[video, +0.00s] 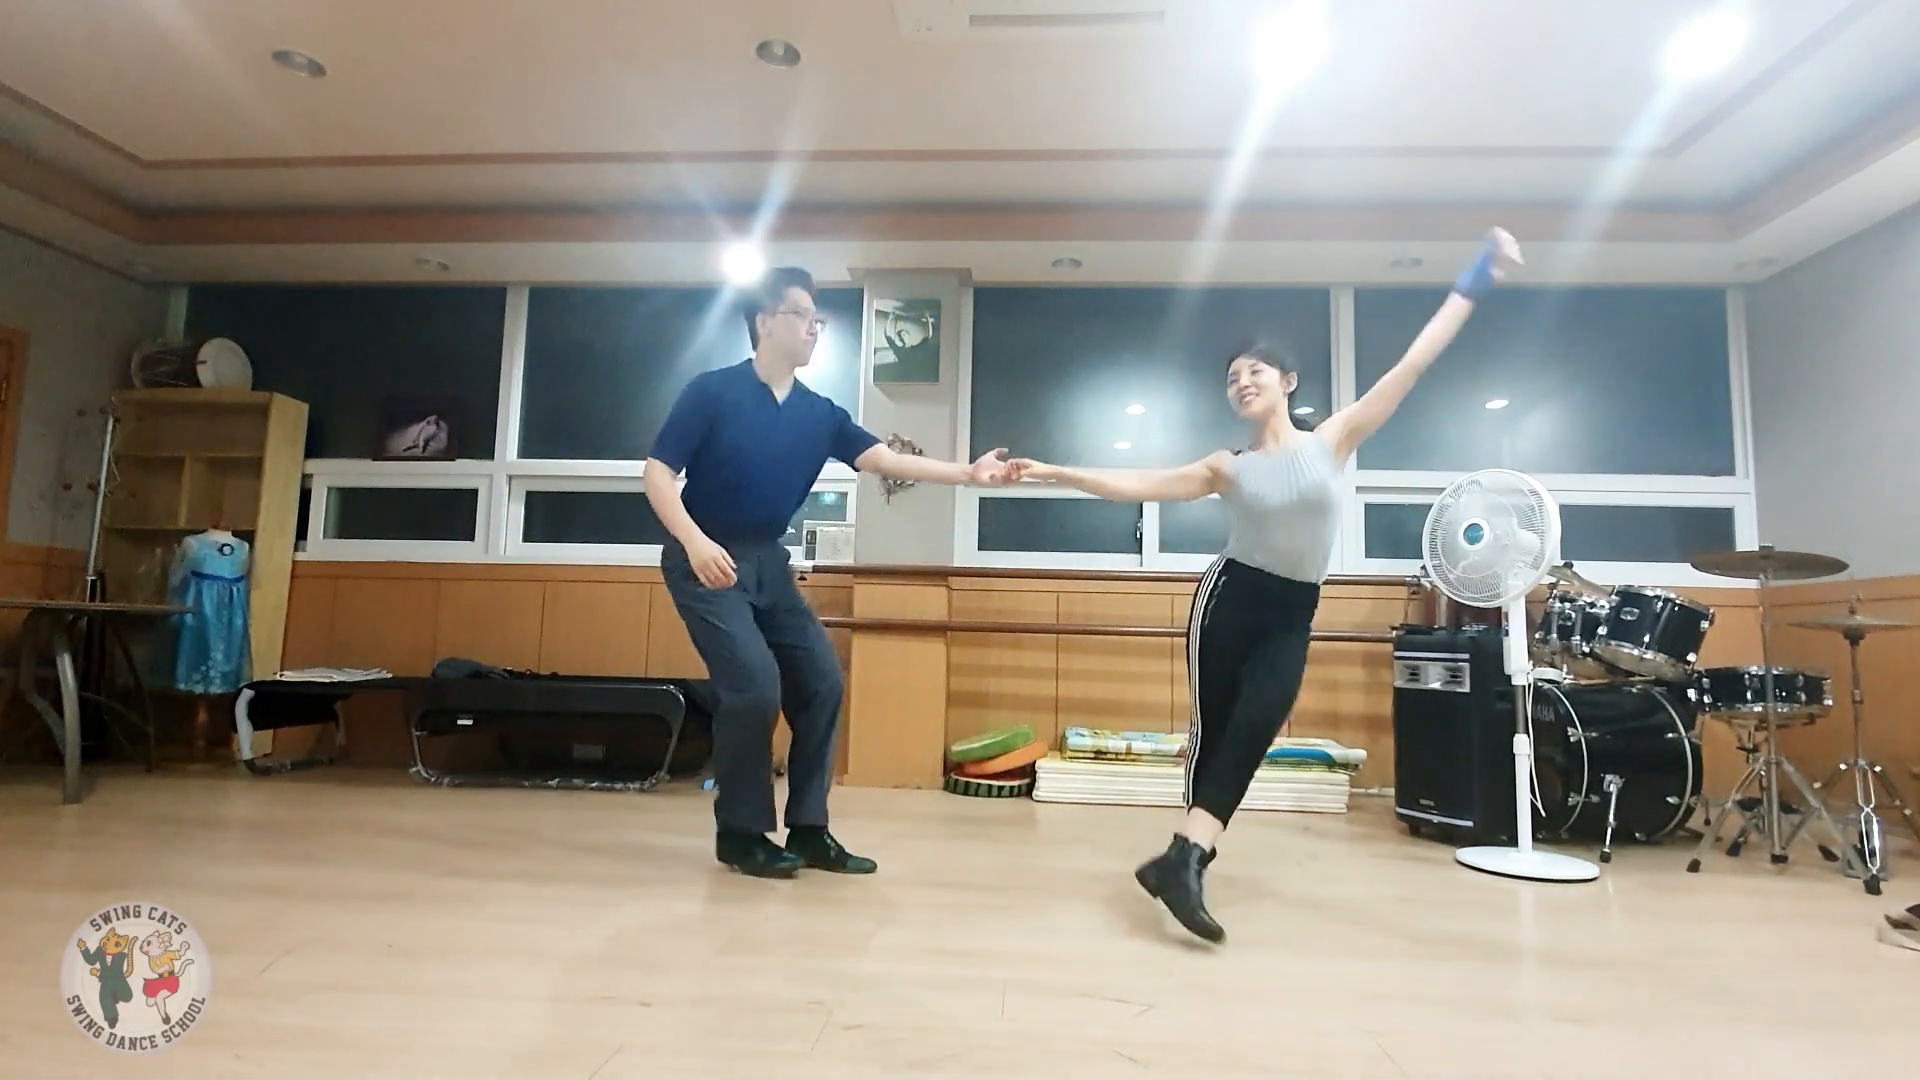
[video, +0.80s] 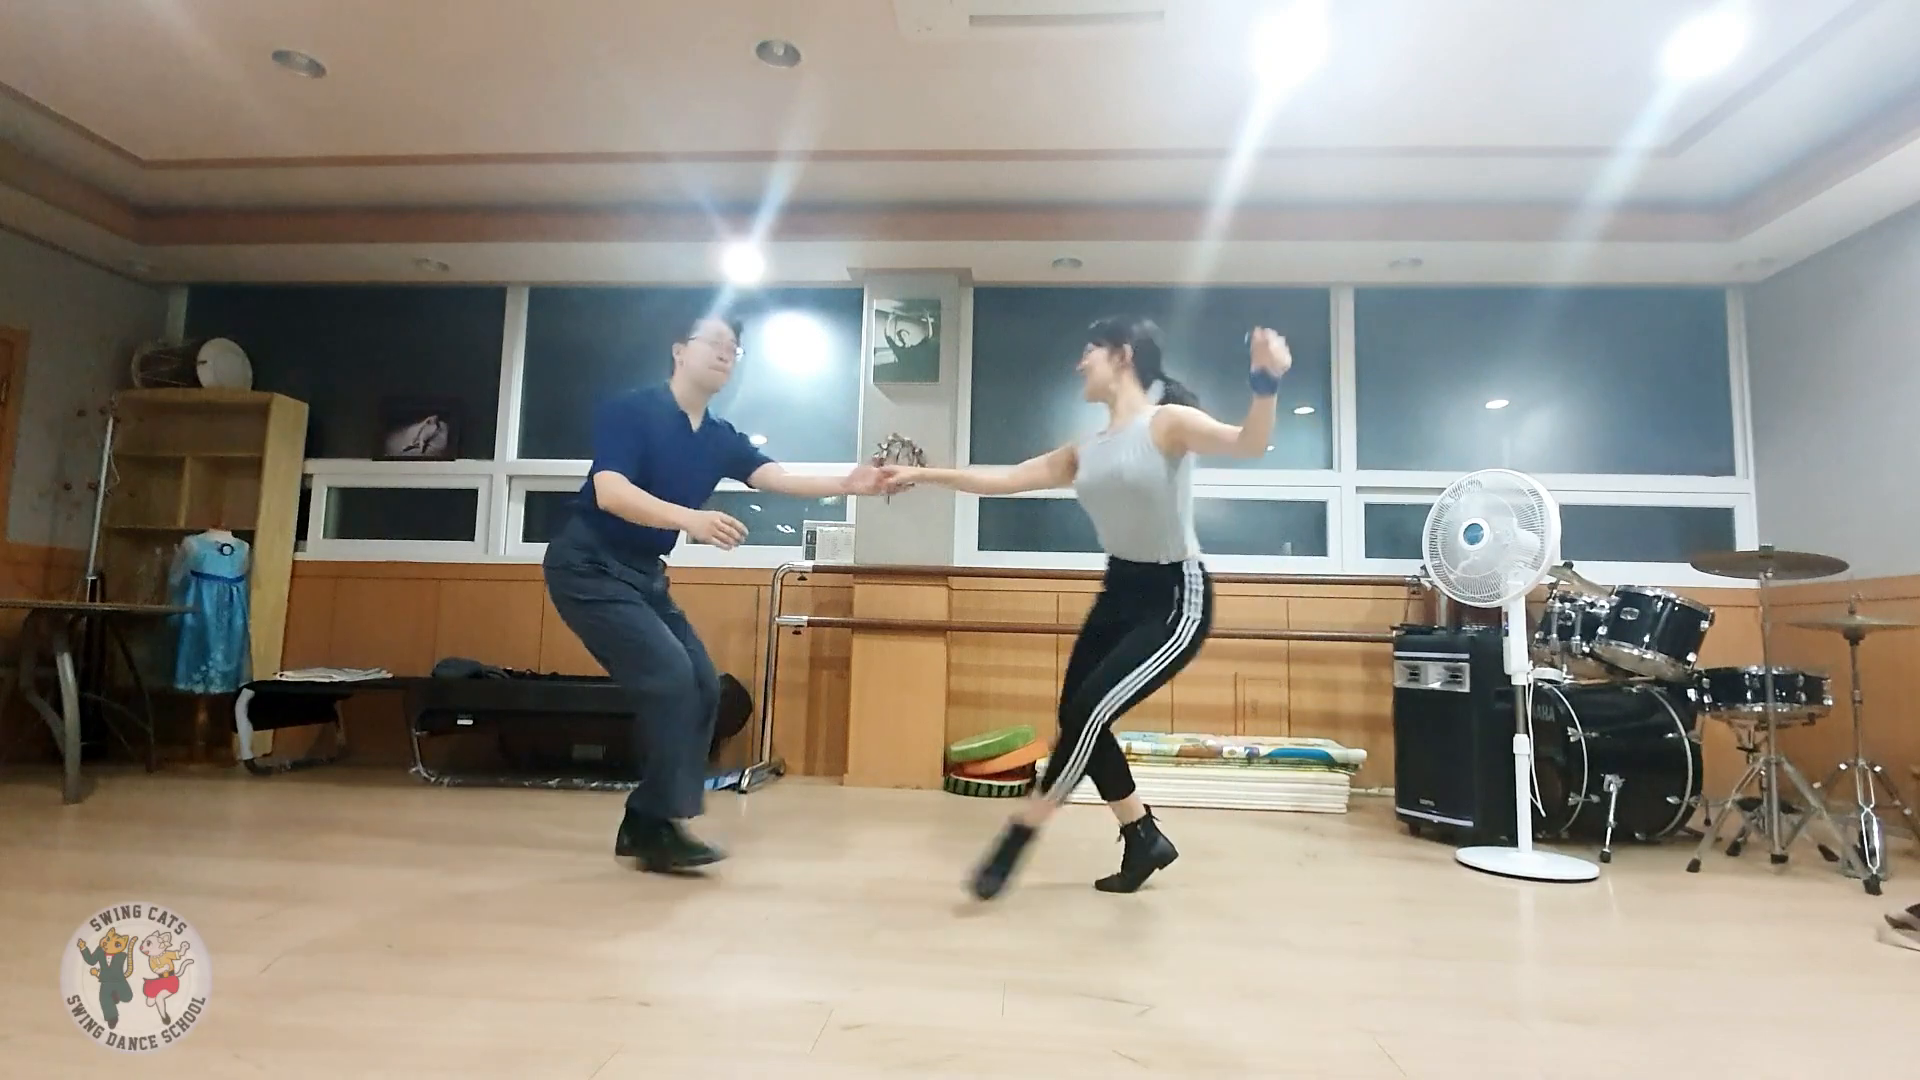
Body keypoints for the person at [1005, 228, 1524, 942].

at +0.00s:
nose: (1243, 381)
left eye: (1256, 370)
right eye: (1234, 377)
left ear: (1290, 383)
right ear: (1231, 398)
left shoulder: (1334, 439)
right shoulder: (1227, 467)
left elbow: (1415, 362)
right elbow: (1134, 485)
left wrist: (1473, 283)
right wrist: (1046, 472)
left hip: (1292, 612)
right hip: (1230, 599)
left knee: (1256, 726)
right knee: (1215, 728)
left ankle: (1182, 862)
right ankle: (1192, 861)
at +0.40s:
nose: (1177, 368)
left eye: (1191, 356)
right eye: (1176, 358)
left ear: (1228, 367)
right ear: (1185, 372)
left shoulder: (1254, 415)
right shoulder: (1182, 464)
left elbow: (1343, 377)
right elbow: (1096, 486)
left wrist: (1379, 279)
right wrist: (1012, 477)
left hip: (1261, 572)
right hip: (1291, 596)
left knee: (1212, 725)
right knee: (1207, 724)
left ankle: (1233, 901)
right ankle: (1151, 845)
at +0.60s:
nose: (1135, 365)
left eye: (1145, 354)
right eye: (1136, 355)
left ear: (1179, 362)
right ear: (1163, 367)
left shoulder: (1212, 421)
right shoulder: (1149, 453)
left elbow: (1283, 423)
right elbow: (1072, 483)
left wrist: (1310, 341)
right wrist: (980, 480)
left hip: (1225, 576)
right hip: (1237, 592)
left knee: (1153, 719)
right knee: (1161, 721)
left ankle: (1222, 885)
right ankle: (1143, 855)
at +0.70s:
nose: (1110, 362)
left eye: (1119, 351)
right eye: (1112, 351)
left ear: (1154, 356)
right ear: (1142, 358)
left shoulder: (1192, 420)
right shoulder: (1120, 448)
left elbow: (1264, 430)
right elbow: (1043, 478)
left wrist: (1284, 354)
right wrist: (951, 476)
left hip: (1210, 587)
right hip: (1181, 590)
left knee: (1103, 693)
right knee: (1113, 701)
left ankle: (1153, 841)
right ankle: (1148, 842)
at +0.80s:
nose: (1079, 364)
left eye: (1089, 352)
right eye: (1082, 354)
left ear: (1123, 357)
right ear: (1112, 361)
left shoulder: (1169, 422)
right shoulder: (1086, 452)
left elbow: (1251, 443)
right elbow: (1005, 479)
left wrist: (1266, 382)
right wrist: (918, 472)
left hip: (1177, 596)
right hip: (1120, 594)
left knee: (1090, 707)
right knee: (1075, 713)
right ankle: (1143, 836)